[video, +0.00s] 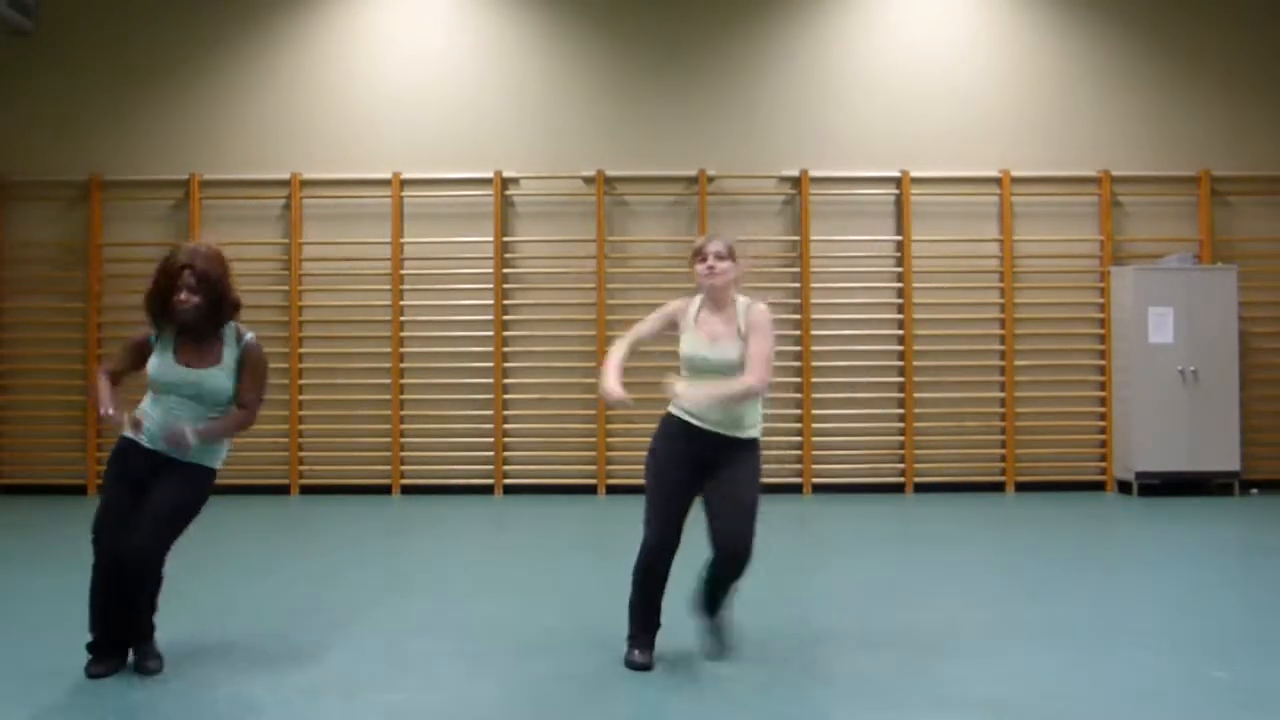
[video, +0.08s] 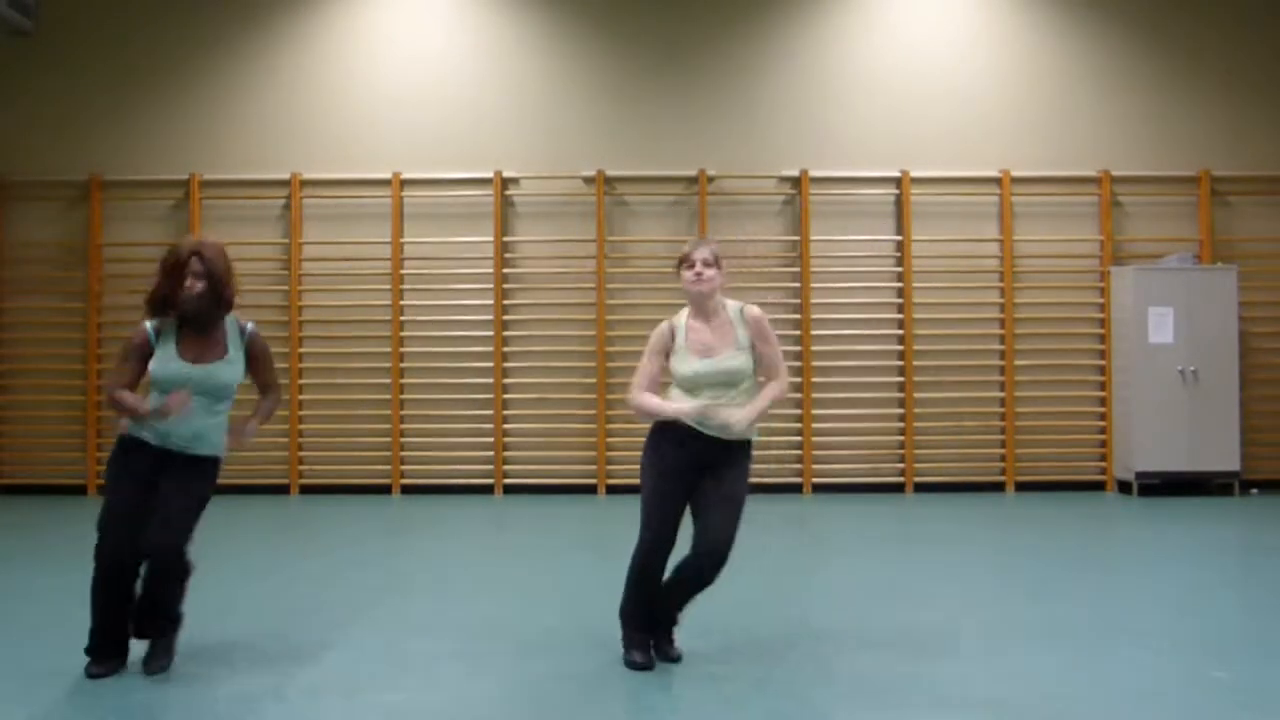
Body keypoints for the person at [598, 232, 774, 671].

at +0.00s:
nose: (710, 265)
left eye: (720, 258)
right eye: (703, 259)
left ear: (736, 267)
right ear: (694, 269)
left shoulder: (755, 313)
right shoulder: (683, 310)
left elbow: (757, 381)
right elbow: (629, 338)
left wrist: (697, 393)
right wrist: (610, 374)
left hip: (736, 448)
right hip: (680, 438)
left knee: (735, 550)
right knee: (659, 544)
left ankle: (710, 606)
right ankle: (641, 638)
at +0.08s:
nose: (699, 272)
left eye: (708, 265)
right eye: (691, 267)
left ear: (722, 274)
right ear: (680, 278)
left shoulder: (750, 320)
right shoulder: (669, 331)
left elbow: (779, 380)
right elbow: (638, 394)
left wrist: (748, 414)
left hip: (728, 451)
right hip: (673, 447)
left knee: (713, 554)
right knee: (656, 542)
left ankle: (661, 618)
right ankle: (635, 631)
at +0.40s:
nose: (746, 245)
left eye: (753, 236)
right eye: (736, 240)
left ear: (766, 243)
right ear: (724, 252)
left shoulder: (780, 285)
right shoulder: (725, 293)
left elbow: (834, 270)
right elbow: (781, 279)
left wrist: (880, 238)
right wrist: (843, 245)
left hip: (768, 424)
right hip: (716, 422)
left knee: (795, 525)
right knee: (681, 525)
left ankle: (811, 627)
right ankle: (637, 633)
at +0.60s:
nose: (785, 250)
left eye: (791, 241)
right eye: (775, 244)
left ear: (801, 246)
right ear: (761, 253)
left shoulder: (813, 288)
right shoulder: (761, 298)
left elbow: (854, 309)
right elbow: (790, 335)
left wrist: (899, 310)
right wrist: (847, 321)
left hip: (815, 423)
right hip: (769, 425)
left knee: (818, 532)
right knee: (781, 537)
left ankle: (810, 629)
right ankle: (714, 607)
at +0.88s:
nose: (834, 247)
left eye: (838, 239)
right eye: (823, 243)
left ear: (848, 243)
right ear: (808, 254)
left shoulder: (858, 285)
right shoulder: (815, 300)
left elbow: (885, 310)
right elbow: (865, 337)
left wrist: (902, 302)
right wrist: (894, 302)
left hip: (858, 421)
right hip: (813, 423)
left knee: (919, 503)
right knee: (807, 526)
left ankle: (918, 606)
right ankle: (766, 622)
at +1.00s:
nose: (858, 251)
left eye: (860, 242)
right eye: (847, 248)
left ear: (868, 244)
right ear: (833, 258)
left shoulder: (881, 275)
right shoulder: (843, 296)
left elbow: (920, 270)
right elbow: (913, 286)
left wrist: (951, 239)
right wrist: (951, 237)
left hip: (891, 422)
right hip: (845, 423)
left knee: (937, 522)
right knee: (812, 524)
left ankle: (992, 627)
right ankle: (764, 621)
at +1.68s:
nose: (896, 246)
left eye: (906, 241)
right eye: (889, 239)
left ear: (919, 251)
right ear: (876, 245)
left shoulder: (921, 294)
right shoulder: (867, 275)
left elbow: (861, 324)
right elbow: (823, 242)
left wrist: (810, 278)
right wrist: (786, 233)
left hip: (931, 419)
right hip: (873, 419)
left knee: (956, 524)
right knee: (851, 524)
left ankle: (989, 629)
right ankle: (836, 634)